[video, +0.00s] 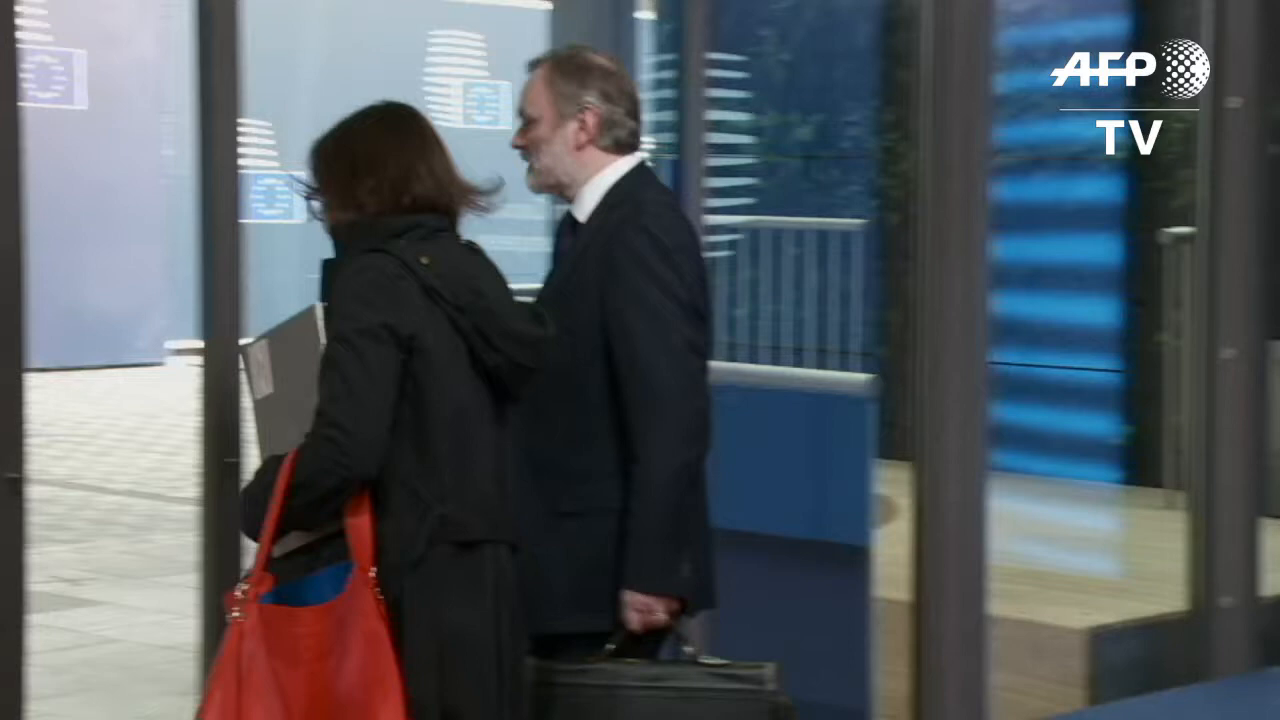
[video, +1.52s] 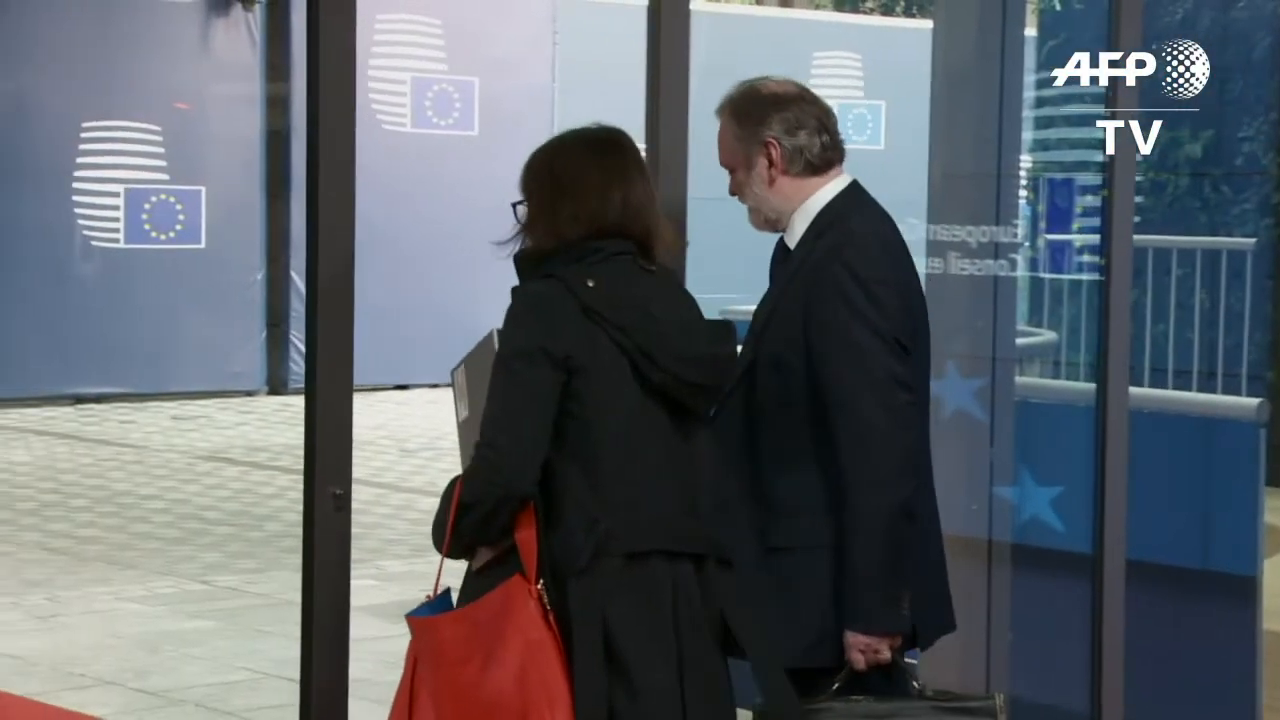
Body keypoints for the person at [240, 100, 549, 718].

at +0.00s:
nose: (323, 210)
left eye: (328, 192)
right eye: (321, 193)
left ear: (360, 189)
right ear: (427, 178)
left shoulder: (369, 276)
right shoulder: (470, 269)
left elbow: (351, 445)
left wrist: (265, 500)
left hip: (415, 588)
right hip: (483, 576)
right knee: (478, 703)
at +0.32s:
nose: (380, 210)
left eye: (388, 191)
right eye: (382, 191)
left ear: (413, 192)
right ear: (489, 184)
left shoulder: (416, 279)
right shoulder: (527, 280)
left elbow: (394, 451)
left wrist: (313, 499)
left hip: (463, 584)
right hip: (536, 573)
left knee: (469, 706)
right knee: (532, 703)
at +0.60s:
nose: (412, 213)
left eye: (419, 195)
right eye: (414, 194)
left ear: (443, 196)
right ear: (524, 190)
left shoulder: (444, 289)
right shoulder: (561, 288)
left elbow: (410, 456)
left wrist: (340, 507)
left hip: (493, 595)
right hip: (579, 585)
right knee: (579, 703)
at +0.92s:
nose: (462, 215)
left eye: (470, 198)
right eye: (467, 197)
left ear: (488, 200)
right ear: (576, 194)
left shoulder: (489, 295)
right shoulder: (614, 294)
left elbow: (449, 464)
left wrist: (396, 518)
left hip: (536, 595)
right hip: (626, 588)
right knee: (625, 705)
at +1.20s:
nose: (493, 216)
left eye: (501, 199)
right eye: (497, 199)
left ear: (518, 201)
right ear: (606, 197)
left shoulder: (513, 297)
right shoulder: (645, 298)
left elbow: (474, 463)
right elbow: (649, 450)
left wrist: (424, 526)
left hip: (561, 592)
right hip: (654, 586)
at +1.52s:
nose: (526, 219)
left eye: (532, 203)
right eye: (527, 203)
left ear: (552, 207)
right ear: (637, 201)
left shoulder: (546, 301)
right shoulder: (673, 300)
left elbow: (510, 464)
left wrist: (466, 523)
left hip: (595, 589)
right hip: (689, 582)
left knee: (606, 707)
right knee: (688, 704)